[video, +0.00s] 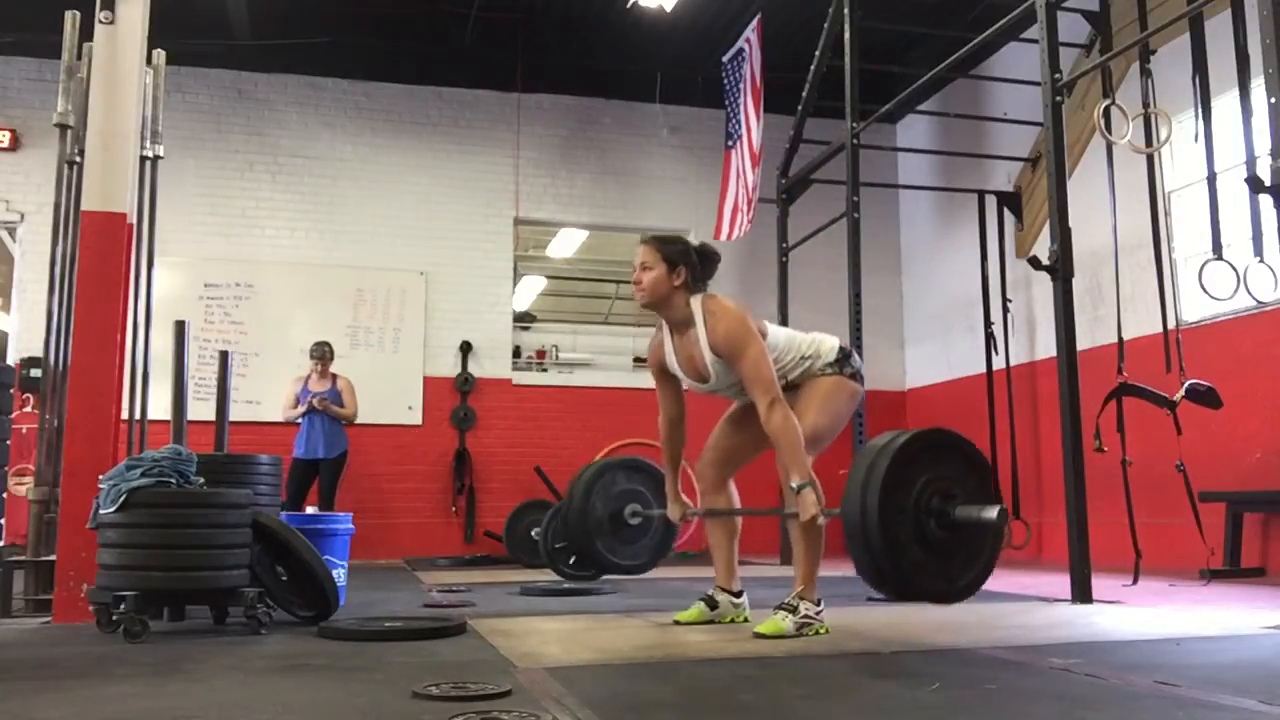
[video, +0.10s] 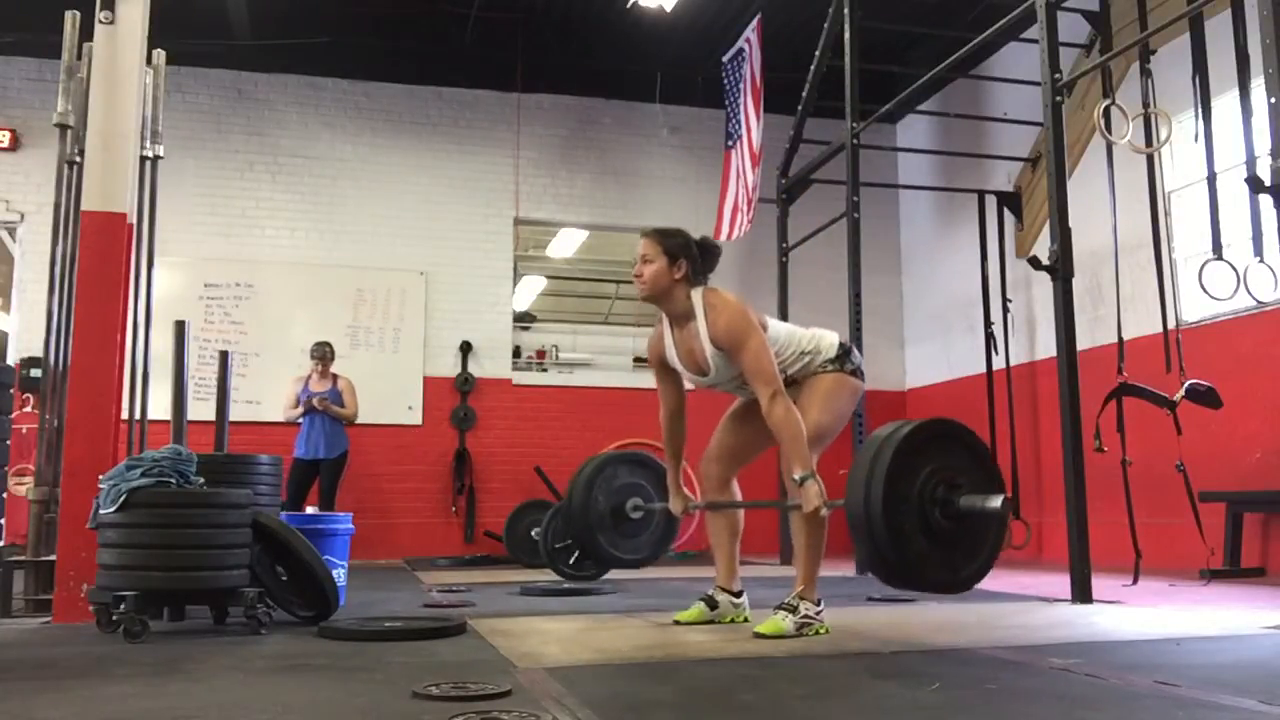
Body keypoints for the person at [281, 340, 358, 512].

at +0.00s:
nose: (319, 369)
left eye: (324, 365)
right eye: (316, 364)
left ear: (331, 362)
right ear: (310, 361)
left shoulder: (342, 383)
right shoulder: (298, 383)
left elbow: (351, 415)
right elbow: (286, 415)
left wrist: (328, 407)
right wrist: (304, 408)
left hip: (333, 449)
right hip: (305, 449)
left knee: (326, 501)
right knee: (293, 500)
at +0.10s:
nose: (320, 369)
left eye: (324, 365)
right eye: (316, 364)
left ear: (331, 362)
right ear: (311, 361)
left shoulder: (343, 383)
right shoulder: (299, 383)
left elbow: (352, 415)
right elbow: (287, 415)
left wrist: (328, 407)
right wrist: (304, 408)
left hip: (333, 450)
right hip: (306, 449)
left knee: (326, 502)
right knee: (293, 501)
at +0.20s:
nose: (320, 369)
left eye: (325, 365)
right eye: (316, 364)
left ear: (332, 362)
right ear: (311, 361)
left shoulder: (343, 383)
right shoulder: (300, 383)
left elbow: (352, 415)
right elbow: (287, 415)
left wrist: (329, 407)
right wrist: (303, 408)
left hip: (334, 450)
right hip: (306, 449)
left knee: (326, 502)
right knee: (293, 501)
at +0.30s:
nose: (320, 369)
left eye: (325, 365)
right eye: (317, 364)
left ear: (332, 362)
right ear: (312, 361)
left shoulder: (343, 383)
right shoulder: (301, 383)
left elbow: (352, 415)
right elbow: (288, 415)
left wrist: (329, 407)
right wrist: (304, 407)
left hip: (334, 449)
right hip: (307, 449)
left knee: (326, 502)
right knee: (293, 500)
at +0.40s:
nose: (321, 369)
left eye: (325, 365)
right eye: (317, 365)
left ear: (333, 362)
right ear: (312, 361)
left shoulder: (344, 384)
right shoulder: (302, 383)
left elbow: (353, 415)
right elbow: (289, 416)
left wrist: (329, 407)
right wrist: (304, 407)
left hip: (334, 450)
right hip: (307, 450)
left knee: (327, 501)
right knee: (294, 499)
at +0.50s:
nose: (321, 369)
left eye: (326, 365)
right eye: (318, 365)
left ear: (333, 362)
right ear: (313, 361)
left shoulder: (345, 384)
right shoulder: (303, 383)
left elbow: (354, 415)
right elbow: (290, 416)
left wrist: (329, 407)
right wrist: (304, 407)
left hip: (335, 450)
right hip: (308, 450)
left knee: (327, 501)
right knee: (294, 499)